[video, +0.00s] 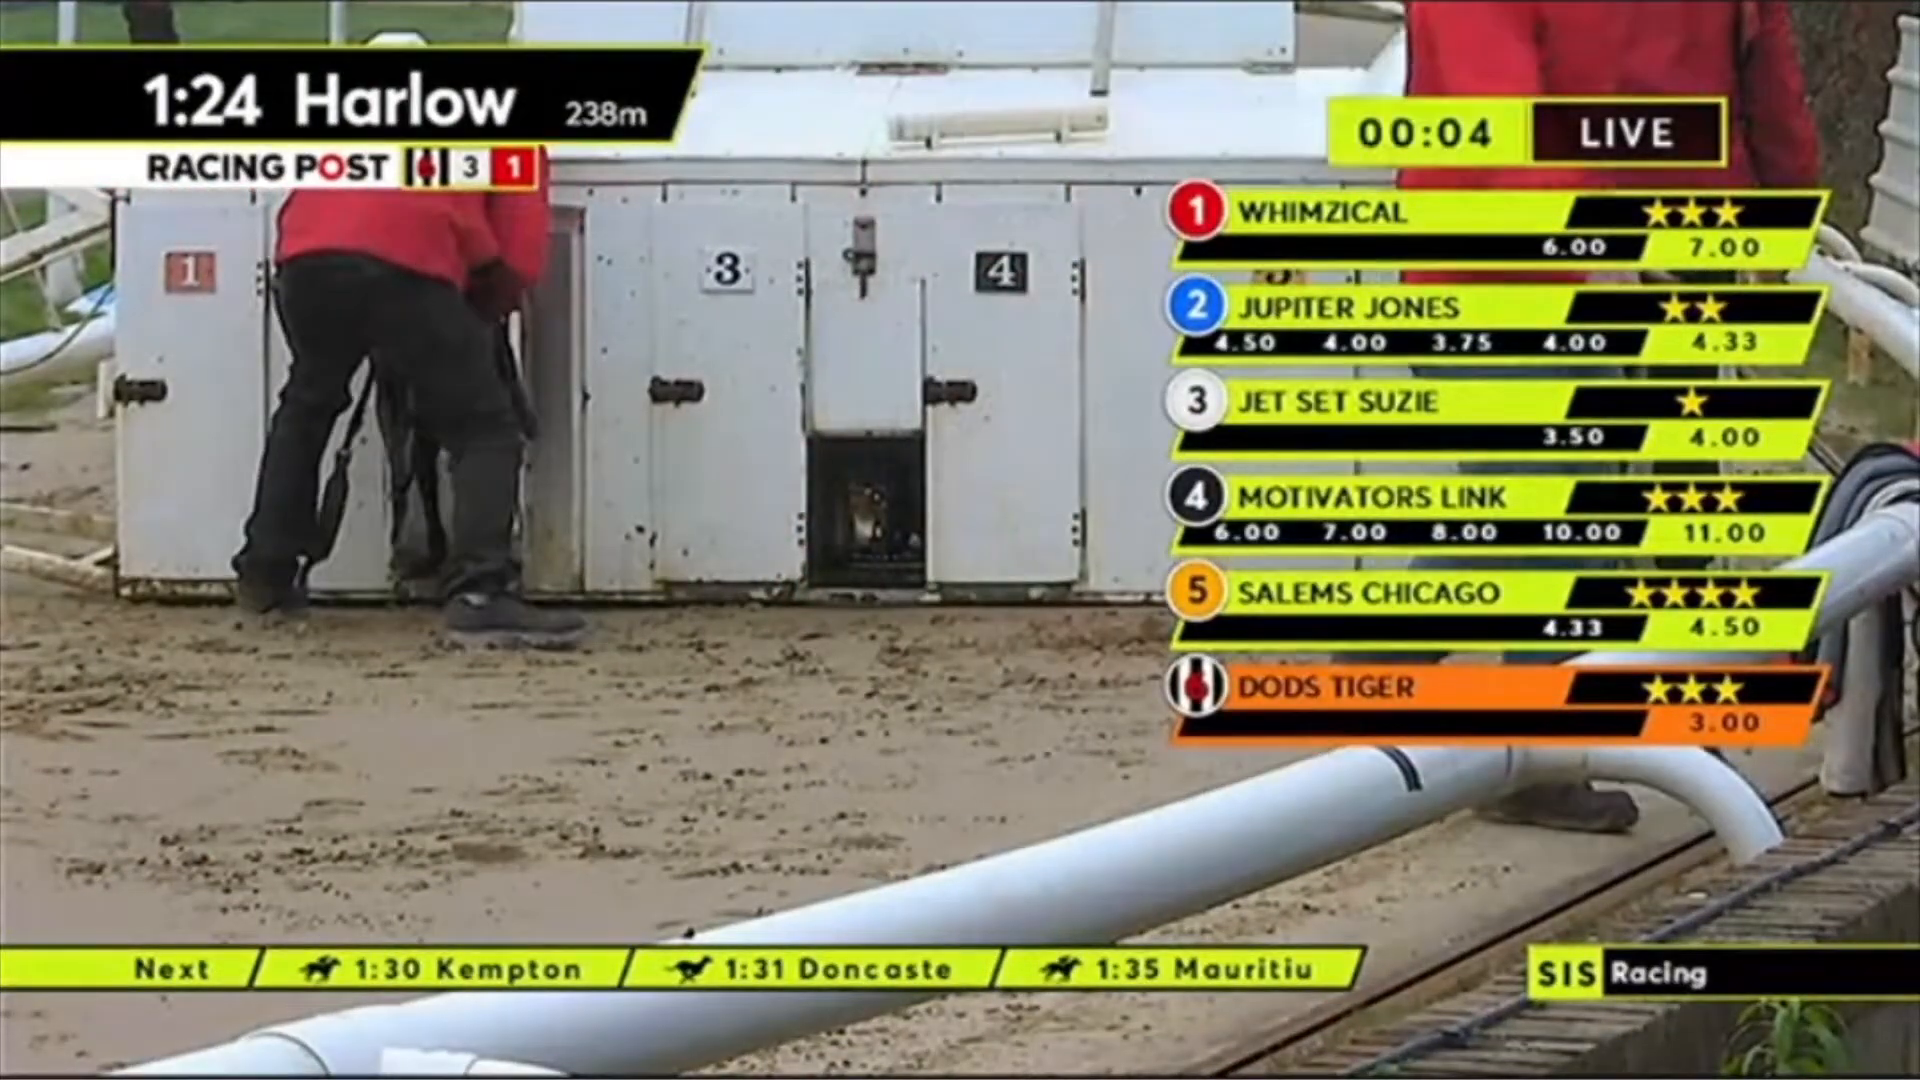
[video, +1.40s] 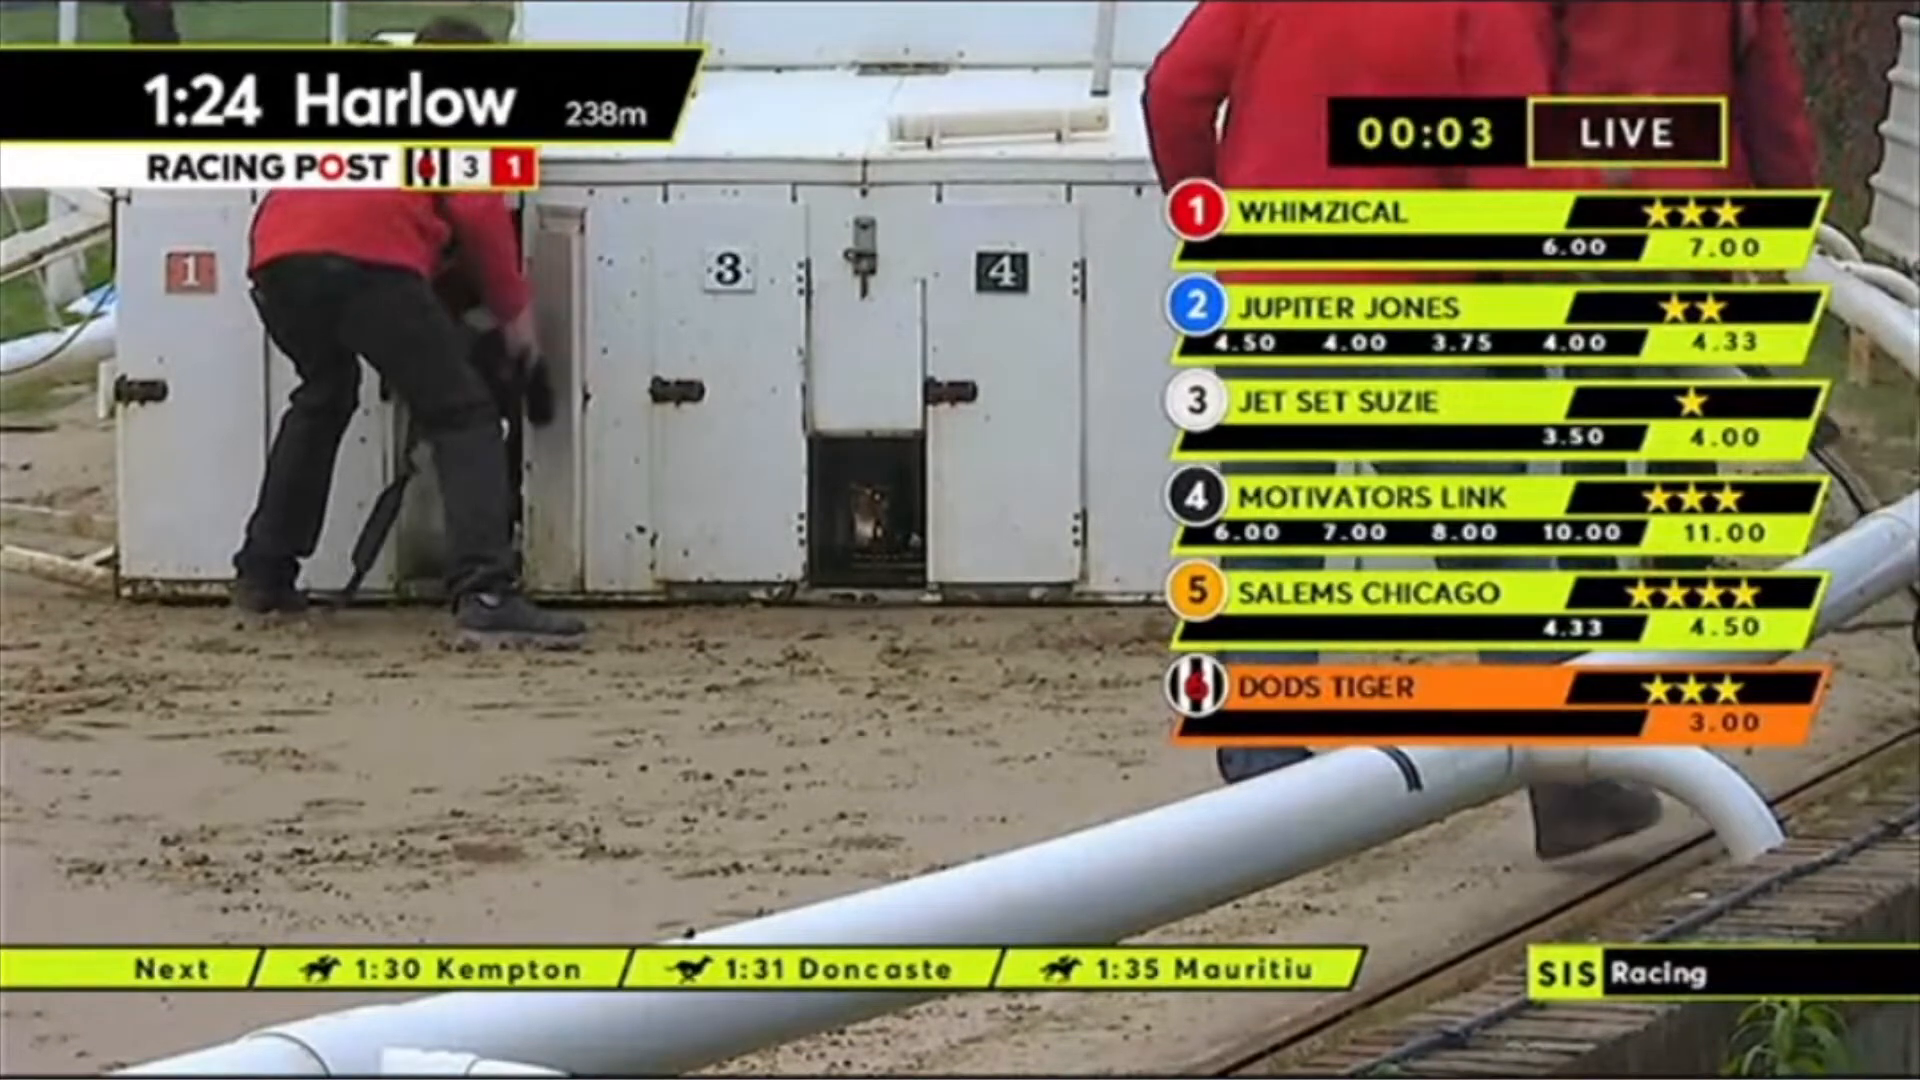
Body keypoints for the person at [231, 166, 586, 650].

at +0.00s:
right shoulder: (513, 137)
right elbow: (521, 263)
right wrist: (474, 316)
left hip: (308, 258)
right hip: (409, 270)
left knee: (310, 395)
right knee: (487, 429)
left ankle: (266, 573)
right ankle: (483, 591)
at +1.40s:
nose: (490, 100)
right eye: (492, 87)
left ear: (418, 54)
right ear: (477, 69)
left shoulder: (359, 102)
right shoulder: (470, 113)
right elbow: (478, 208)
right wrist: (515, 312)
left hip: (278, 258)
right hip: (374, 259)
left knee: (323, 391)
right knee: (464, 414)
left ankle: (263, 575)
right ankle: (487, 593)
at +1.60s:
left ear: (405, 70)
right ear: (473, 81)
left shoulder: (360, 125)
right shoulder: (477, 127)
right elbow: (540, 213)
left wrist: (499, 320)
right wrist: (577, 307)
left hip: (279, 271)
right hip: (373, 268)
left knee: (326, 394)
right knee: (480, 418)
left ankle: (264, 574)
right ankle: (489, 594)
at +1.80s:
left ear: (400, 43)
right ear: (471, 54)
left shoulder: (348, 89)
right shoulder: (490, 105)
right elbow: (501, 221)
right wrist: (482, 298)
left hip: (280, 267)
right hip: (381, 266)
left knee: (319, 390)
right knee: (467, 419)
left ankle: (263, 575)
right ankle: (489, 594)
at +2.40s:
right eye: (469, 71)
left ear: (409, 29)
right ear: (461, 50)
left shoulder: (330, 61)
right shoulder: (459, 85)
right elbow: (458, 220)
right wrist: (434, 291)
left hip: (259, 244)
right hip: (357, 253)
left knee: (303, 395)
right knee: (415, 416)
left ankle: (262, 574)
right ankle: (424, 585)